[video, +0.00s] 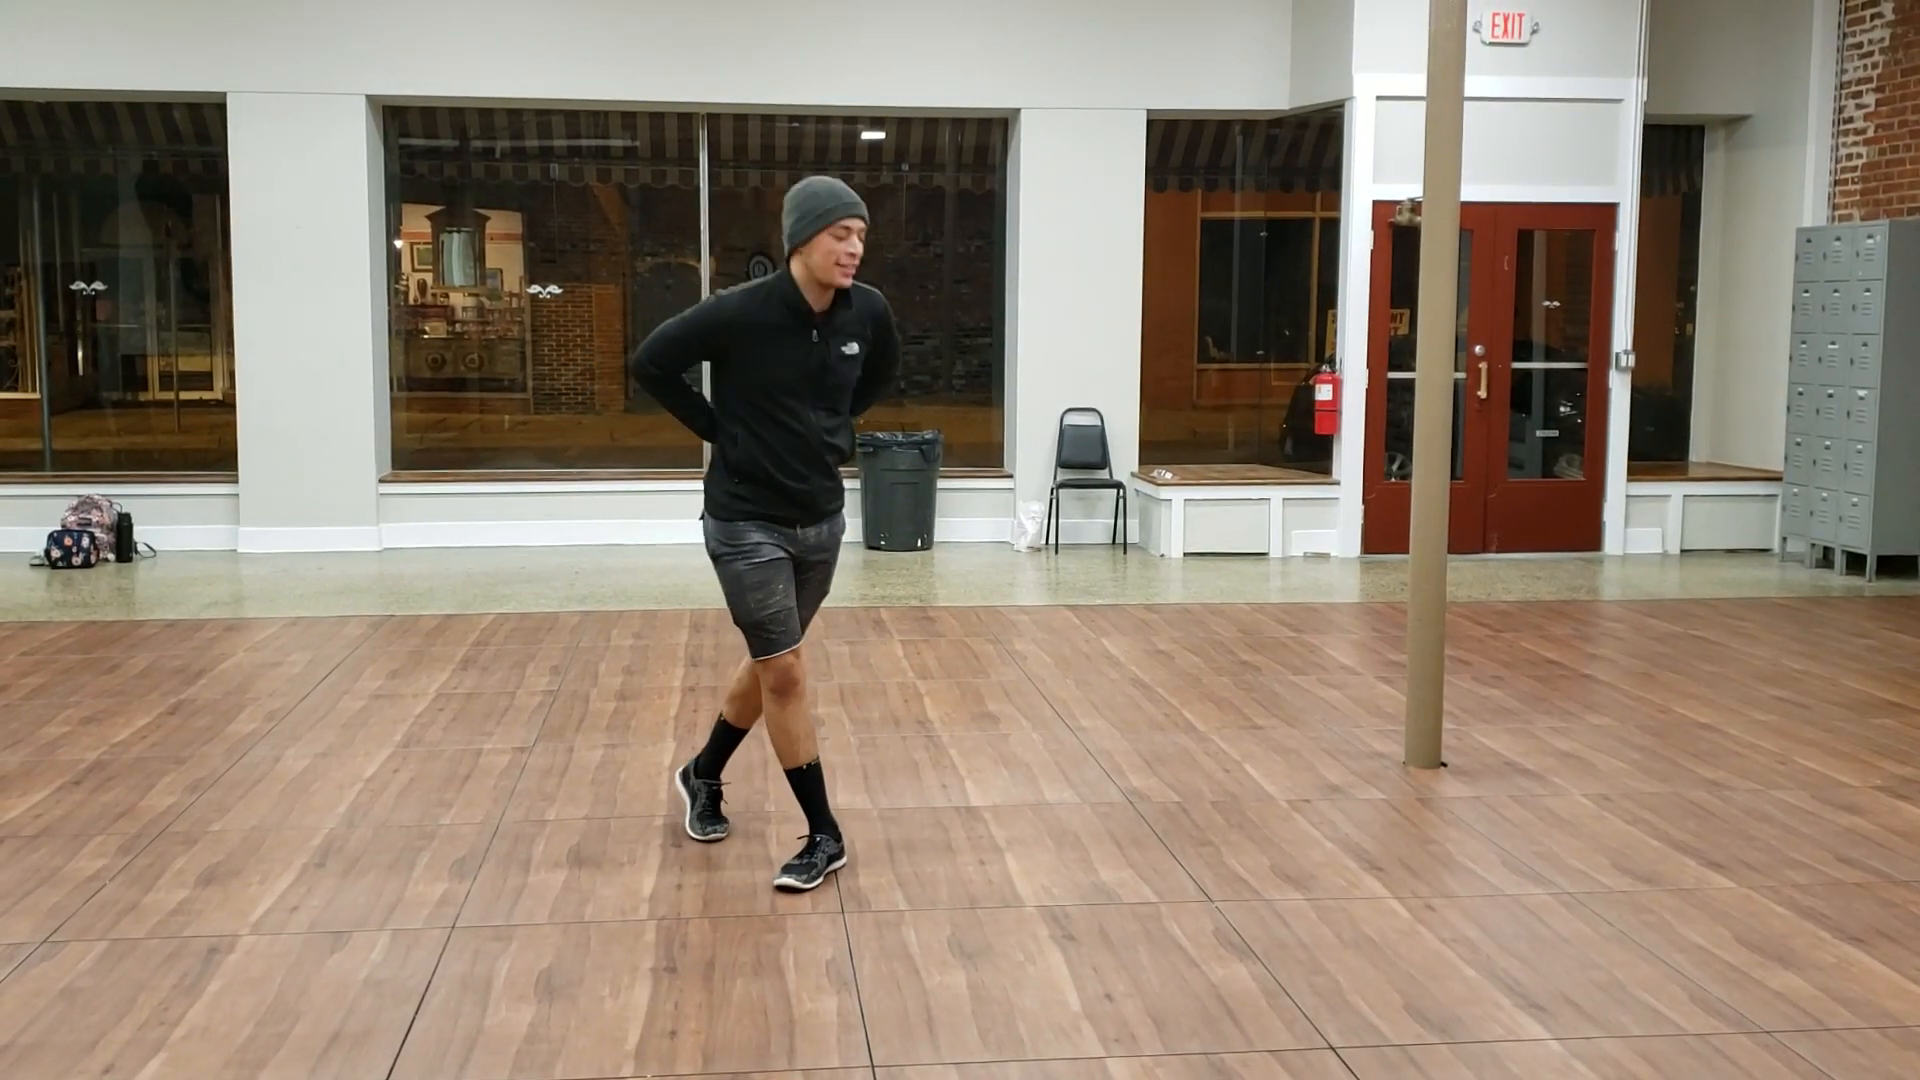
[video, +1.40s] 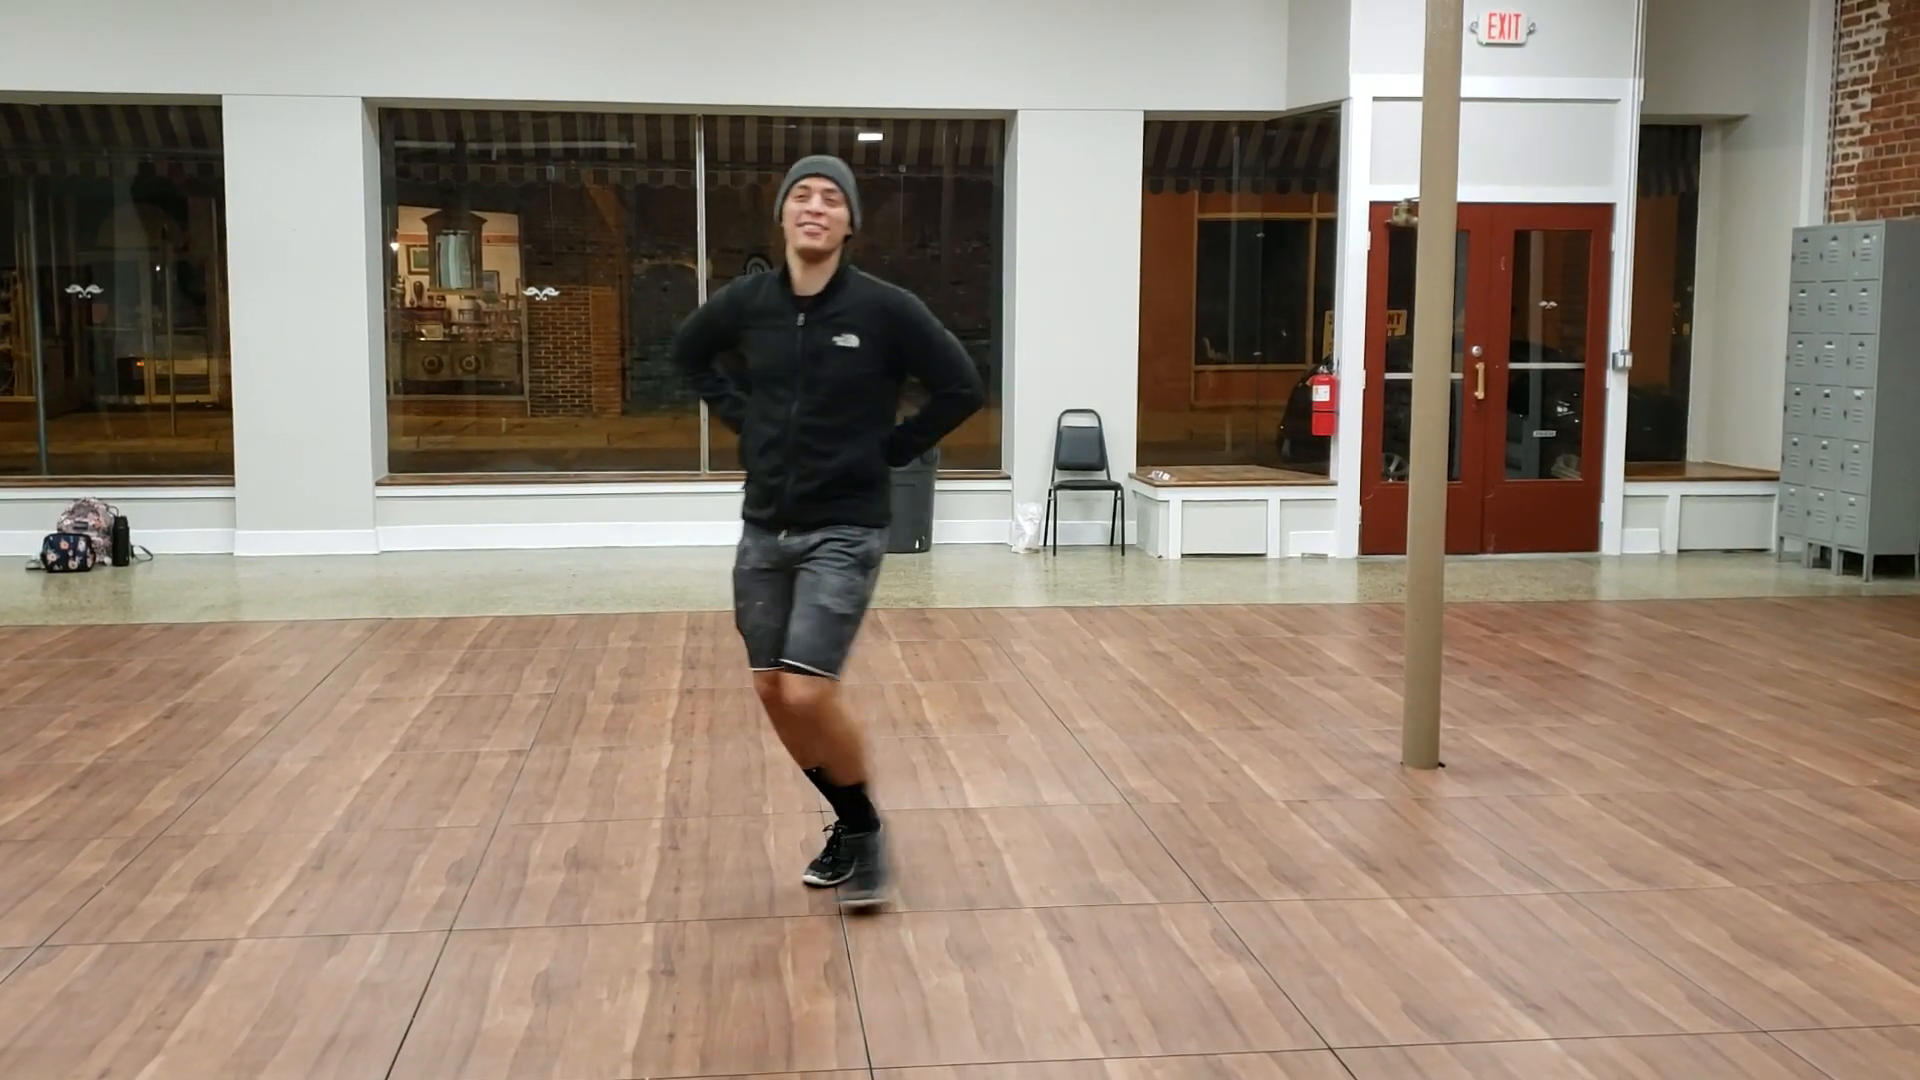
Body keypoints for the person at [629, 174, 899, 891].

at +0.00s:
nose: (853, 249)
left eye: (860, 239)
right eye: (840, 235)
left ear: (860, 248)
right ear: (800, 237)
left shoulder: (866, 311)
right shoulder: (740, 311)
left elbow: (881, 374)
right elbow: (651, 365)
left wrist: (837, 422)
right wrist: (719, 429)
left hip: (821, 522)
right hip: (744, 522)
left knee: (772, 664)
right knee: (785, 675)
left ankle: (703, 773)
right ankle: (824, 834)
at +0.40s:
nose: (863, 252)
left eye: (872, 239)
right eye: (851, 236)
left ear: (877, 241)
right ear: (811, 232)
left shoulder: (895, 300)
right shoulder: (754, 308)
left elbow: (939, 373)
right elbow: (684, 376)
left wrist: (881, 427)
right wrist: (759, 433)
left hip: (866, 525)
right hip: (781, 524)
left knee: (856, 681)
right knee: (799, 678)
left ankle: (773, 753)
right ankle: (823, 838)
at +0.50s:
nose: (867, 245)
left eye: (876, 232)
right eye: (855, 229)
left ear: (880, 237)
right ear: (814, 224)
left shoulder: (902, 297)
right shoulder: (754, 305)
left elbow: (959, 375)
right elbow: (701, 373)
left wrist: (895, 427)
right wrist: (769, 430)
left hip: (881, 523)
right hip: (789, 524)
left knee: (900, 672)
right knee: (804, 676)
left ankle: (851, 774)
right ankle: (822, 837)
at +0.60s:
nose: (872, 241)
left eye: (883, 229)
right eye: (861, 225)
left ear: (890, 234)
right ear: (824, 220)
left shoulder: (915, 297)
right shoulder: (764, 304)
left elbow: (978, 375)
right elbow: (720, 369)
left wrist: (914, 432)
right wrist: (780, 421)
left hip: (898, 523)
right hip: (802, 525)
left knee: (937, 676)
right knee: (811, 680)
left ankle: (947, 808)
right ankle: (824, 838)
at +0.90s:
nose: (918, 249)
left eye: (933, 236)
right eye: (906, 232)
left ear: (946, 247)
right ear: (878, 235)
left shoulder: (974, 320)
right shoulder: (839, 318)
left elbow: (1050, 406)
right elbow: (827, 382)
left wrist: (981, 458)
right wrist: (871, 433)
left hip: (953, 543)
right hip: (858, 538)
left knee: (1002, 695)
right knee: (819, 688)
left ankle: (1065, 841)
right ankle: (834, 826)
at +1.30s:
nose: (852, 205)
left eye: (868, 198)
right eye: (841, 192)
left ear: (884, 222)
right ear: (816, 210)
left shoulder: (912, 305)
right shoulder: (777, 297)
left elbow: (986, 397)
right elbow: (738, 350)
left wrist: (906, 448)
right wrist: (782, 408)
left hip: (874, 529)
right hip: (788, 527)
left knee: (885, 691)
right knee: (787, 680)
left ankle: (983, 817)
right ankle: (851, 817)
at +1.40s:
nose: (815, 207)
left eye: (830, 199)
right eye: (803, 196)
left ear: (850, 222)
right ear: (781, 216)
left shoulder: (886, 306)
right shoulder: (743, 301)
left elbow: (963, 390)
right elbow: (685, 358)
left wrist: (887, 450)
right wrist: (748, 415)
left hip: (845, 526)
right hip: (763, 526)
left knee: (802, 689)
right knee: (773, 691)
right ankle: (848, 822)